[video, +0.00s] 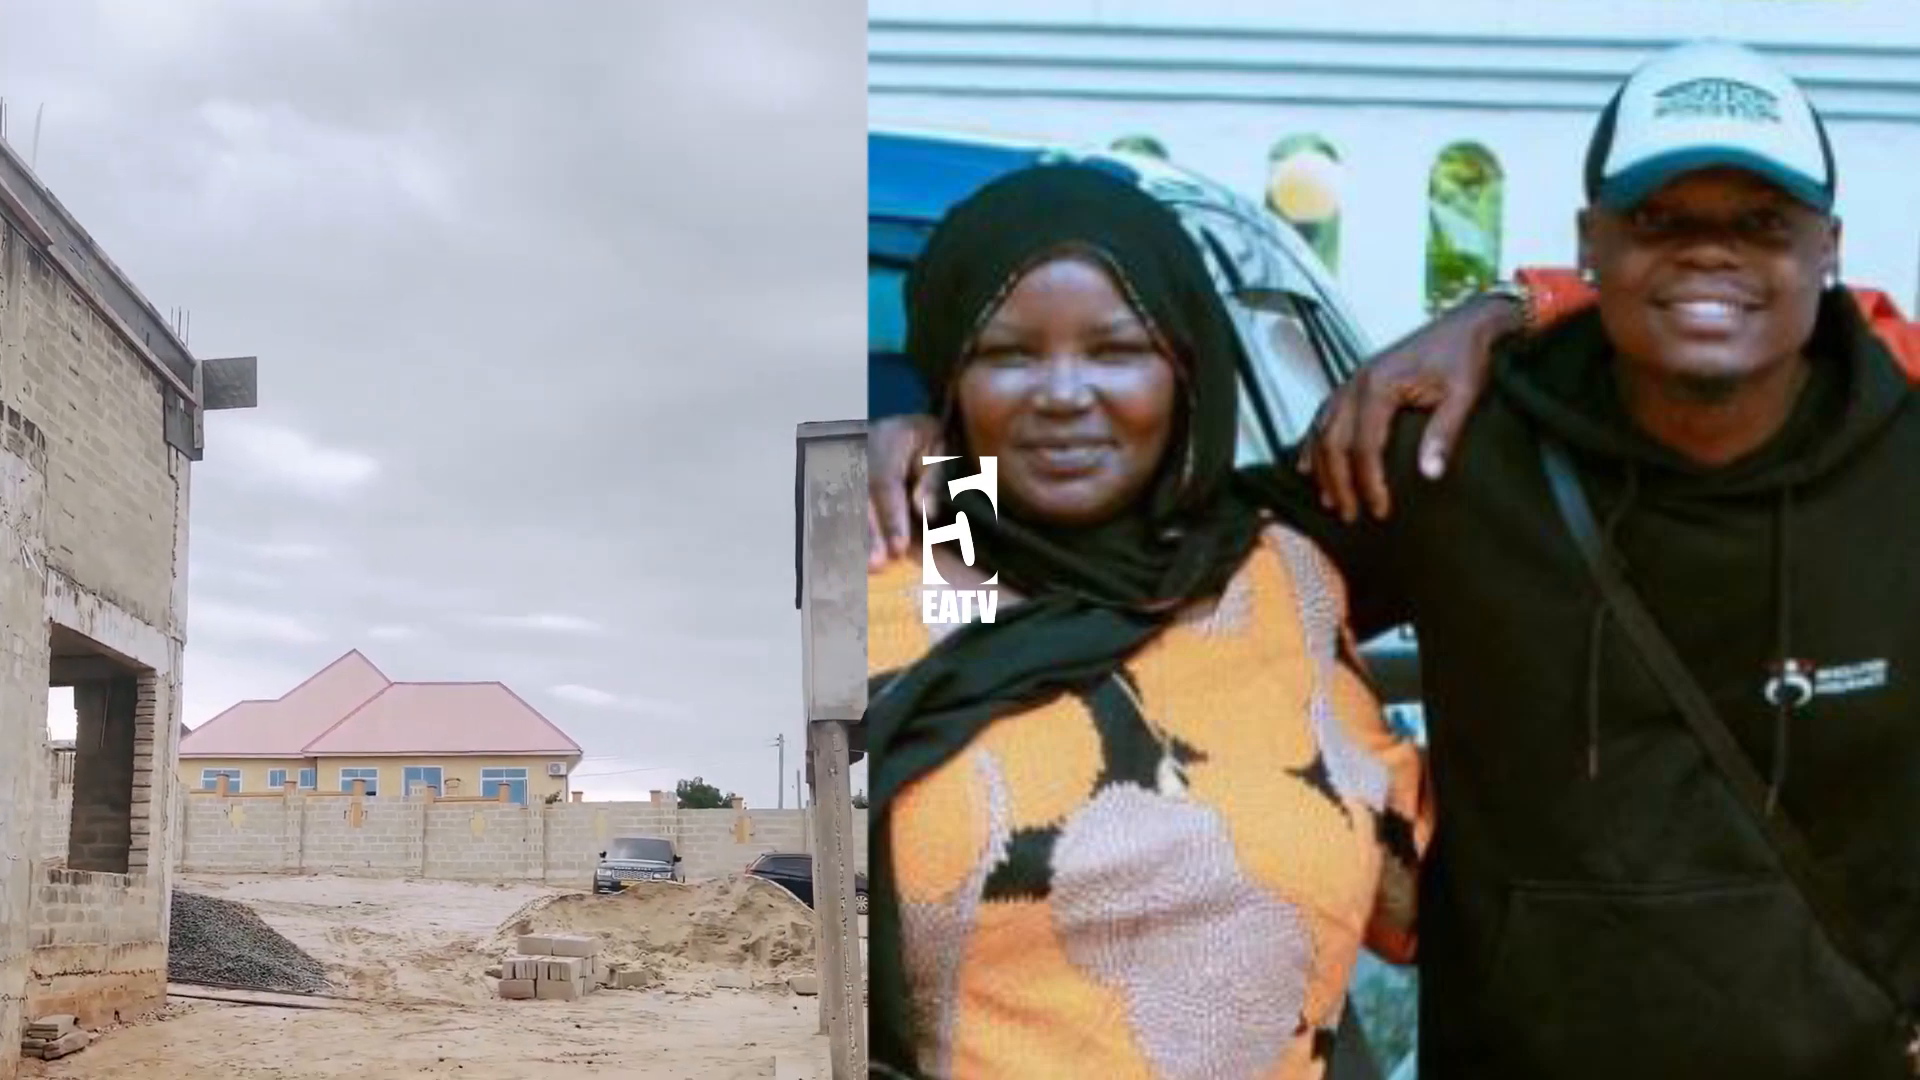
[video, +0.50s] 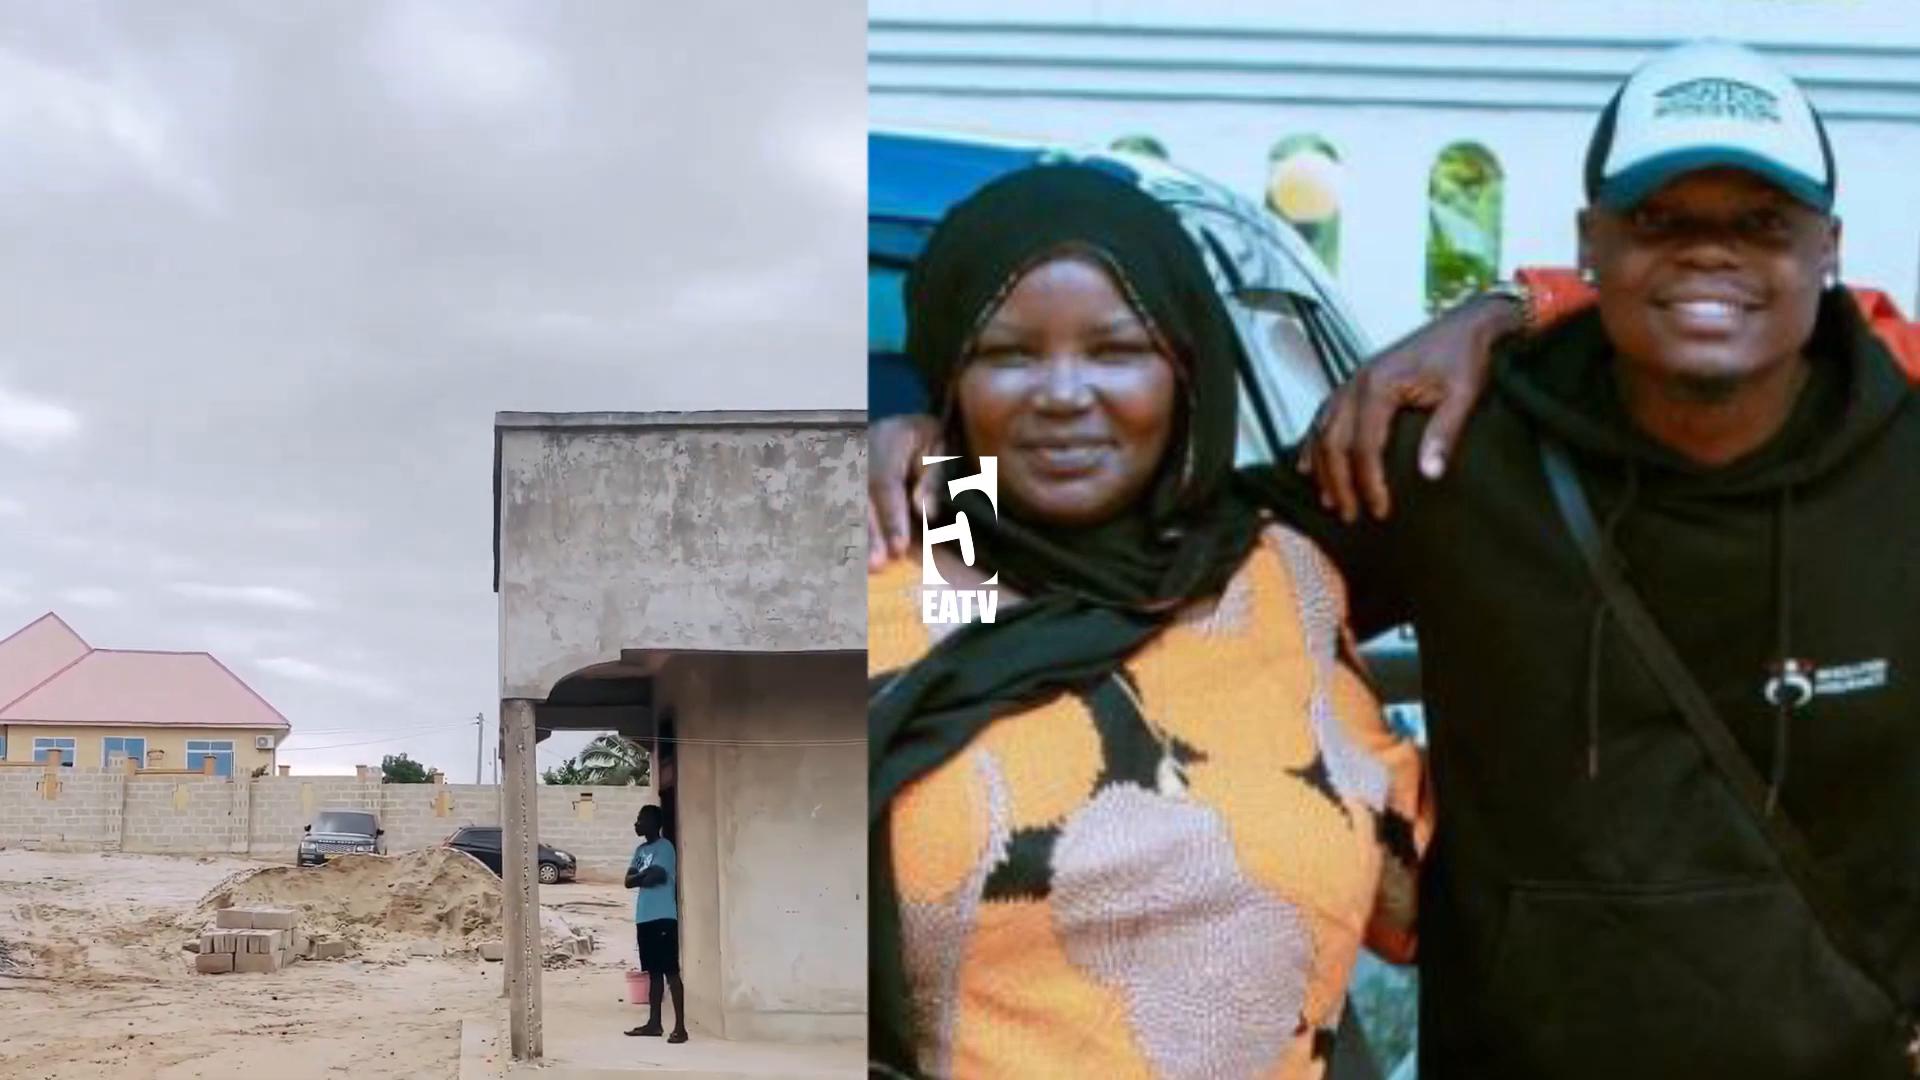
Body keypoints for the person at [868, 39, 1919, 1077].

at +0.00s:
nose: (1706, 251)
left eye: (1757, 219)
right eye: (1664, 214)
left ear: (1825, 251)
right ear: (1594, 241)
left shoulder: (1898, 446)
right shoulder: (1463, 449)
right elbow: (1174, 558)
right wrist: (960, 463)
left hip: (1849, 1038)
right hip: (1535, 1044)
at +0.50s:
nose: (1707, 252)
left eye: (1757, 220)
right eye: (1665, 215)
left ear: (1825, 251)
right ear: (1595, 242)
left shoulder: (1898, 444)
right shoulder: (1465, 447)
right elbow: (1176, 560)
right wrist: (954, 468)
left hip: (1848, 1038)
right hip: (1536, 1044)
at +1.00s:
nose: (1707, 251)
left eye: (1757, 219)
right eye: (1664, 215)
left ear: (1825, 250)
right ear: (1595, 242)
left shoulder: (1899, 445)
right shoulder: (1464, 448)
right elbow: (1178, 558)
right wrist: (967, 464)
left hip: (1849, 1038)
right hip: (1537, 1044)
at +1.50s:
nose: (1707, 251)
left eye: (1757, 219)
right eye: (1664, 215)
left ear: (1825, 250)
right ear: (1595, 242)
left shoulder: (1898, 445)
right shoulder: (1464, 447)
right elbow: (1176, 557)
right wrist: (961, 457)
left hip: (1849, 1038)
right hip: (1536, 1044)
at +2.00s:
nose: (1707, 252)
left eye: (1757, 220)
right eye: (1665, 215)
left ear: (1825, 251)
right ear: (1595, 242)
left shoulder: (1898, 442)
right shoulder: (1465, 447)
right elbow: (1174, 558)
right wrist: (955, 452)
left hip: (1848, 1037)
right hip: (1535, 1043)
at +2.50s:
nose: (1707, 251)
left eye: (1757, 218)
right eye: (1664, 214)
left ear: (1826, 250)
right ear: (1595, 241)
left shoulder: (1898, 444)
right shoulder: (1464, 449)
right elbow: (1175, 557)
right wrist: (964, 453)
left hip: (1848, 1037)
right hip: (1536, 1043)